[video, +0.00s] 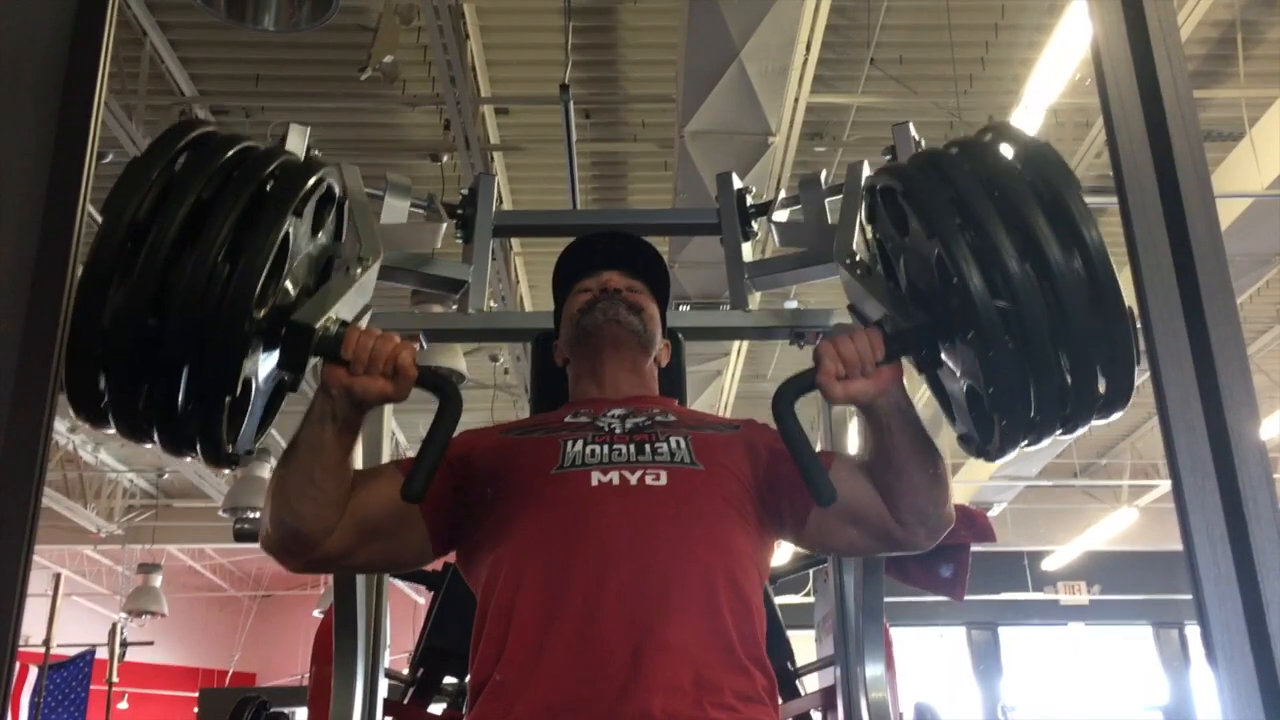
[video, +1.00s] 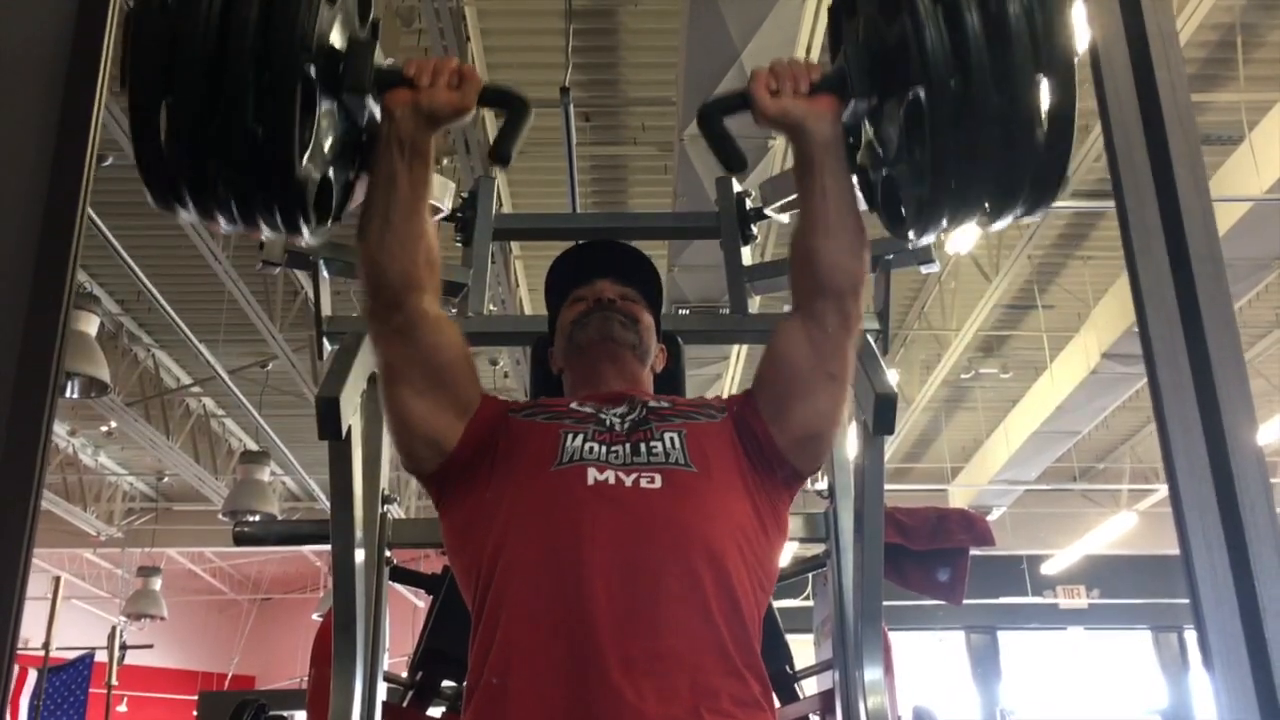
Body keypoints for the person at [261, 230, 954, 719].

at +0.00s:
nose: (611, 293)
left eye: (635, 293)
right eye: (586, 294)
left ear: (667, 347)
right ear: (555, 350)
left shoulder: (747, 448)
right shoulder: (488, 455)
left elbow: (919, 520)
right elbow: (304, 539)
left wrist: (882, 400)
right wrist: (341, 404)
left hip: (725, 704)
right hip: (526, 706)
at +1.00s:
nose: (605, 302)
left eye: (629, 302)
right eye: (581, 303)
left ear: (661, 355)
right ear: (551, 355)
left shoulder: (751, 442)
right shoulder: (483, 446)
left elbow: (831, 300)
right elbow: (401, 301)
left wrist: (818, 133)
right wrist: (407, 130)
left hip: (724, 708)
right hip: (517, 708)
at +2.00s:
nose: (615, 296)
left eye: (638, 297)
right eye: (590, 297)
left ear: (670, 357)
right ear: (556, 356)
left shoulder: (746, 455)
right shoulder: (486, 463)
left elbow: (920, 518)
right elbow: (301, 541)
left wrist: (879, 404)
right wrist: (343, 409)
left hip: (727, 707)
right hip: (528, 708)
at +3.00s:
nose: (609, 310)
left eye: (632, 310)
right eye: (585, 309)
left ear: (664, 362)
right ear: (555, 360)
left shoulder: (754, 448)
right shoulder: (485, 450)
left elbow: (836, 312)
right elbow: (406, 302)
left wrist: (824, 145)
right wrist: (408, 133)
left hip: (723, 707)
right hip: (515, 706)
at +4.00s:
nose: (616, 301)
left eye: (639, 302)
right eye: (589, 301)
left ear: (669, 359)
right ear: (555, 360)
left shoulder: (748, 462)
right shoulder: (486, 468)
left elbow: (922, 544)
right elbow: (299, 548)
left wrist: (882, 404)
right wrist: (342, 403)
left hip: (725, 707)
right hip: (528, 708)